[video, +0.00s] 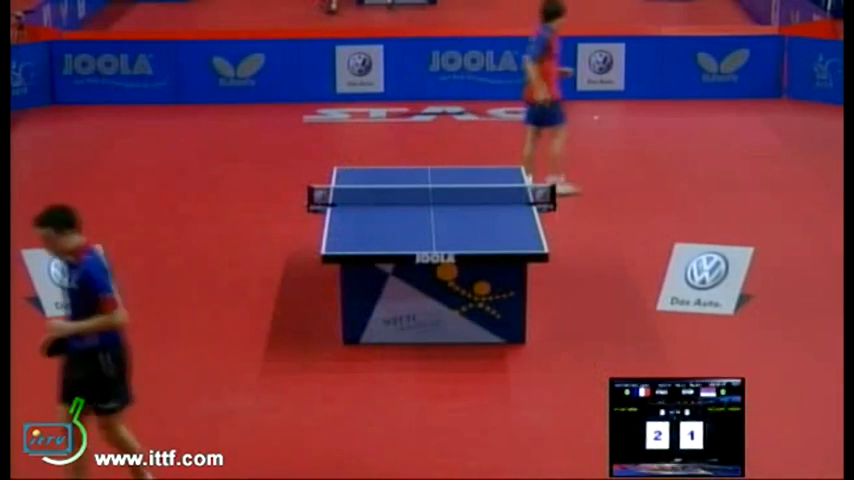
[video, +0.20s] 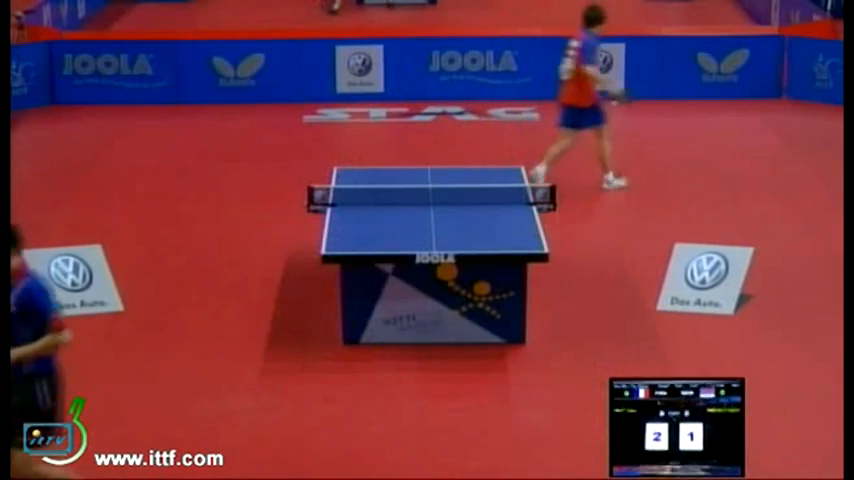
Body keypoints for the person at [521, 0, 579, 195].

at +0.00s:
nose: (563, 22)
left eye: (563, 18)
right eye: (562, 18)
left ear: (547, 16)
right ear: (556, 18)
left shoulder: (551, 37)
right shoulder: (543, 36)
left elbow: (544, 65)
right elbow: (529, 61)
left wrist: (560, 72)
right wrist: (540, 87)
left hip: (537, 97)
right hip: (549, 96)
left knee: (532, 136)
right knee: (559, 134)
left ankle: (526, 177)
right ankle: (556, 178)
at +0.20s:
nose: (603, 26)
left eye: (603, 22)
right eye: (602, 22)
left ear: (585, 20)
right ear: (598, 23)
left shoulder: (575, 40)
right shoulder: (590, 42)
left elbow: (567, 69)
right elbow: (587, 68)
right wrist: (604, 83)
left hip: (570, 98)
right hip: (586, 99)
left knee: (567, 138)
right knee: (602, 134)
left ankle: (540, 169)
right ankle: (608, 176)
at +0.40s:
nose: (632, 16)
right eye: (631, 12)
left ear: (614, 11)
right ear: (630, 14)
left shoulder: (602, 30)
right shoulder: (627, 32)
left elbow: (581, 47)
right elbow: (633, 57)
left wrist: (591, 67)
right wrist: (650, 67)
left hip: (601, 86)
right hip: (618, 87)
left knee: (611, 124)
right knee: (621, 126)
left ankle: (606, 159)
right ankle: (614, 169)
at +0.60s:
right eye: (648, 7)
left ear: (629, 8)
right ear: (647, 9)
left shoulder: (618, 28)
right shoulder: (650, 28)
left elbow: (609, 52)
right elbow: (658, 53)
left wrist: (617, 71)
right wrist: (666, 73)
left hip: (626, 81)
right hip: (645, 80)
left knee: (639, 119)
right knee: (648, 117)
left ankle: (646, 157)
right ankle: (638, 148)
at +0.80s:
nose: (661, 6)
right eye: (662, 4)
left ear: (647, 4)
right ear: (662, 3)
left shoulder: (637, 20)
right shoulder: (666, 19)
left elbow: (627, 44)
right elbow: (670, 42)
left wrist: (641, 55)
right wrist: (678, 66)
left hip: (645, 73)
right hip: (664, 73)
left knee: (649, 113)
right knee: (669, 111)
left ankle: (650, 154)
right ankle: (670, 151)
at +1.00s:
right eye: (678, 3)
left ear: (662, 2)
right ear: (678, 2)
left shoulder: (652, 16)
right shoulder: (682, 17)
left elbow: (640, 41)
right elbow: (688, 41)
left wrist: (656, 51)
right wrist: (700, 65)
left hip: (657, 70)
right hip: (677, 71)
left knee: (659, 104)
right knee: (680, 105)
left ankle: (653, 134)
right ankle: (679, 142)